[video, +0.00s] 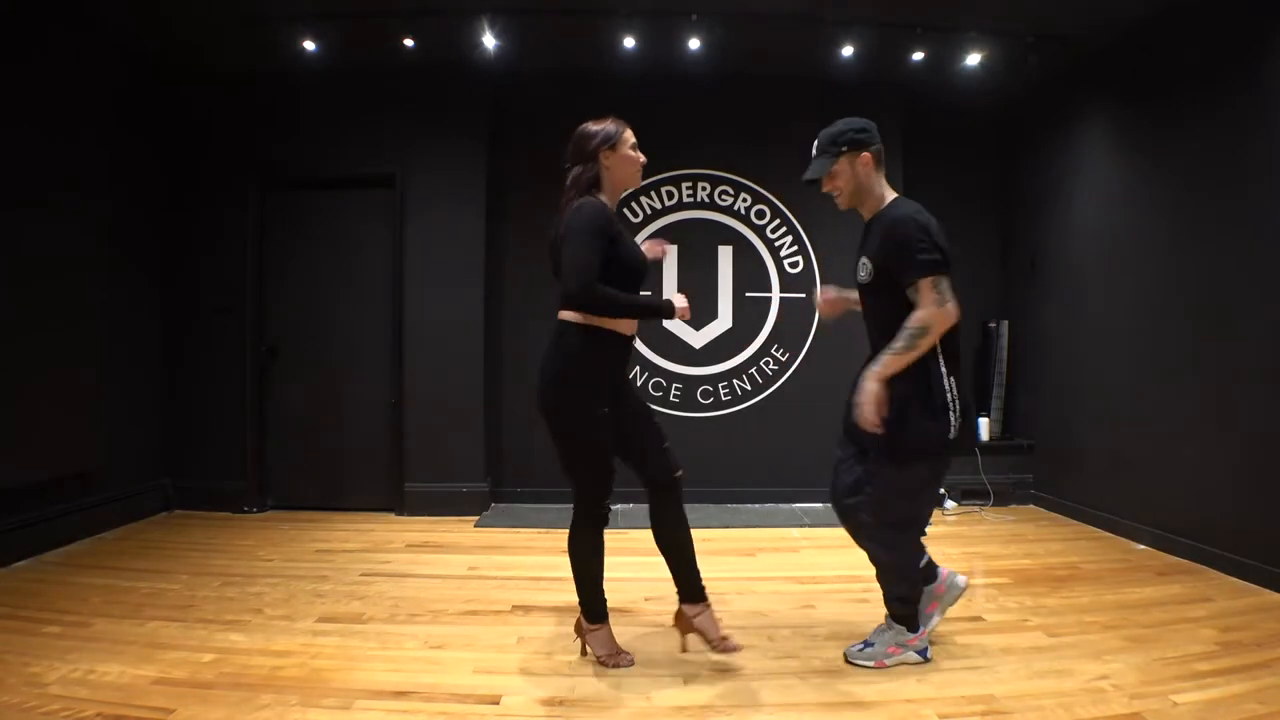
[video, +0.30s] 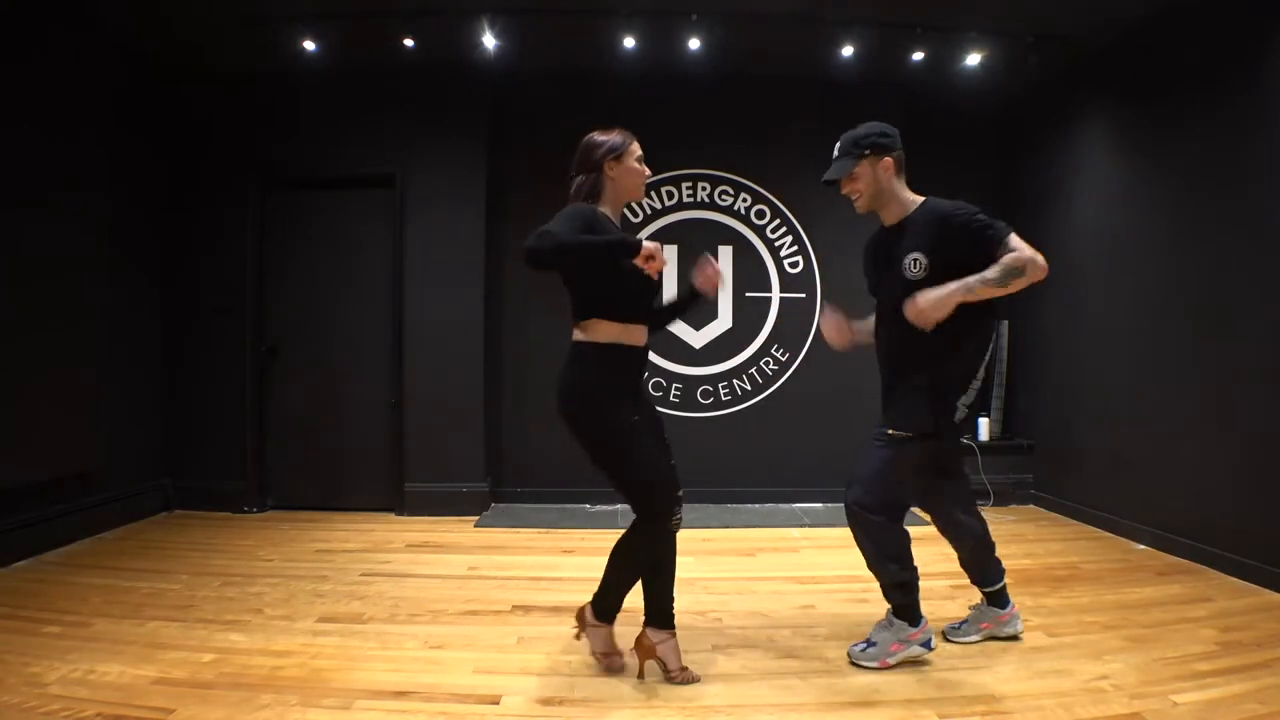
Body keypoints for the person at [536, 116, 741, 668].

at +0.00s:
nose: (642, 158)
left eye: (639, 149)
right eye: (632, 149)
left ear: (607, 162)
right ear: (603, 160)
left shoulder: (605, 215)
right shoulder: (587, 215)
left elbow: (604, 275)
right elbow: (579, 289)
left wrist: (638, 252)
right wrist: (664, 307)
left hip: (609, 372)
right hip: (577, 374)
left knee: (665, 479)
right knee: (592, 498)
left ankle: (694, 605)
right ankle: (593, 621)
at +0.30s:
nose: (647, 170)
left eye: (645, 161)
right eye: (638, 160)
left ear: (618, 169)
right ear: (609, 167)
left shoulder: (628, 238)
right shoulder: (582, 216)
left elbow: (646, 322)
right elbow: (538, 249)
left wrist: (693, 295)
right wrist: (627, 248)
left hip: (629, 381)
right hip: (593, 380)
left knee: (665, 506)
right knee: (656, 505)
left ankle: (659, 630)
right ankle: (597, 616)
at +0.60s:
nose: (610, 159)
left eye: (607, 149)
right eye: (600, 150)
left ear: (577, 160)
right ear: (569, 159)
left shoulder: (565, 219)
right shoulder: (558, 219)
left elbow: (556, 305)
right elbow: (597, 305)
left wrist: (595, 325)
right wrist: (670, 283)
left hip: (568, 374)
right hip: (551, 375)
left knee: (619, 501)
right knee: (576, 512)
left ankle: (642, 630)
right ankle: (534, 646)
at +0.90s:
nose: (549, 159)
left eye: (545, 149)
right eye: (538, 150)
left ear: (508, 163)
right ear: (507, 161)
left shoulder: (487, 220)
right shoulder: (513, 219)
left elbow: (501, 282)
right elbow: (521, 279)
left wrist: (554, 251)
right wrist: (587, 279)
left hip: (477, 366)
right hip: (505, 368)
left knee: (483, 506)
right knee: (520, 514)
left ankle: (422, 608)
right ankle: (533, 648)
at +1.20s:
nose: (478, 163)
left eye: (475, 154)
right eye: (470, 154)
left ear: (451, 163)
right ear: (445, 161)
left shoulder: (468, 240)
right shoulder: (416, 219)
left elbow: (533, 278)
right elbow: (451, 239)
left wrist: (600, 255)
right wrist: (532, 206)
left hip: (436, 375)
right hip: (414, 374)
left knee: (434, 490)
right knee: (459, 488)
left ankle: (411, 609)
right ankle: (419, 611)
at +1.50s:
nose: (412, 161)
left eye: (419, 155)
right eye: (400, 155)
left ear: (430, 172)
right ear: (381, 173)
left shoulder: (438, 242)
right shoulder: (372, 225)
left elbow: (497, 298)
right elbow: (433, 269)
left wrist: (558, 300)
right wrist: (517, 255)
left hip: (411, 372)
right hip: (362, 367)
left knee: (430, 492)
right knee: (343, 491)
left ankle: (412, 612)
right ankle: (309, 612)